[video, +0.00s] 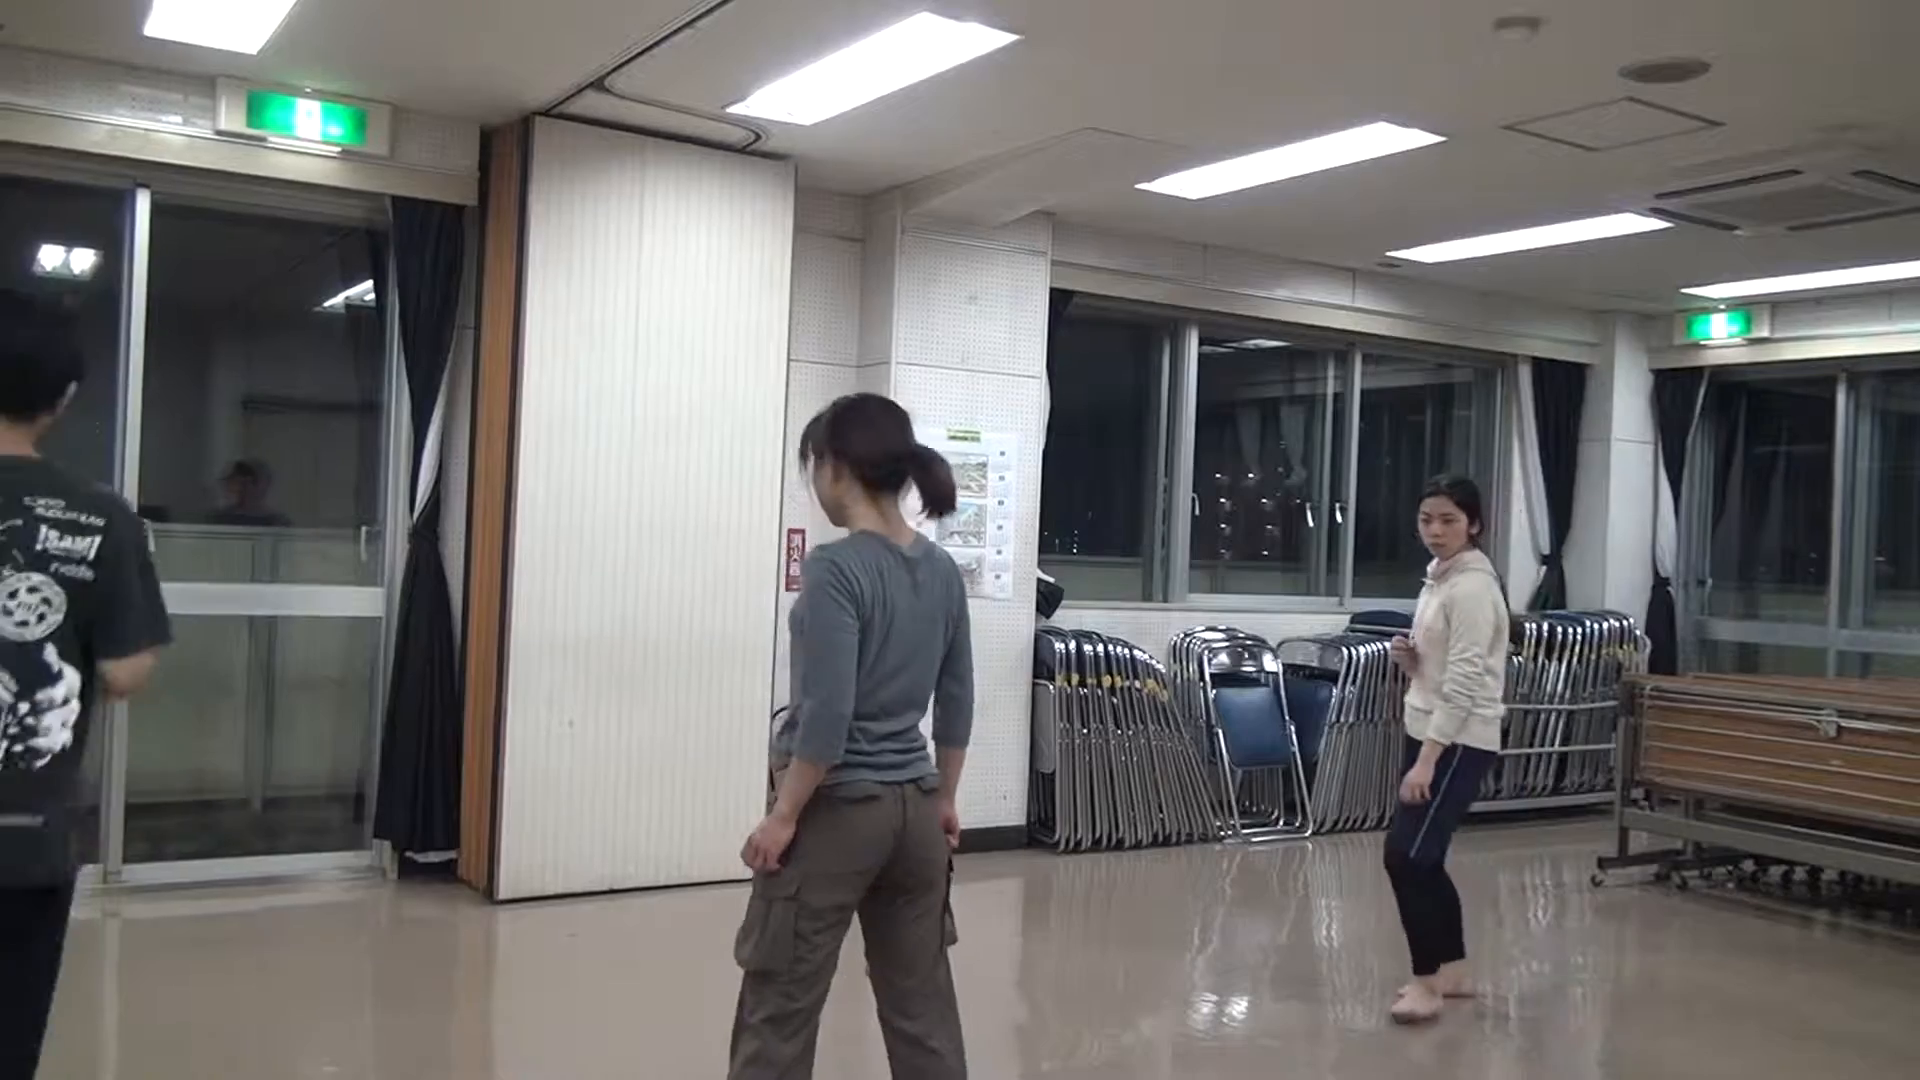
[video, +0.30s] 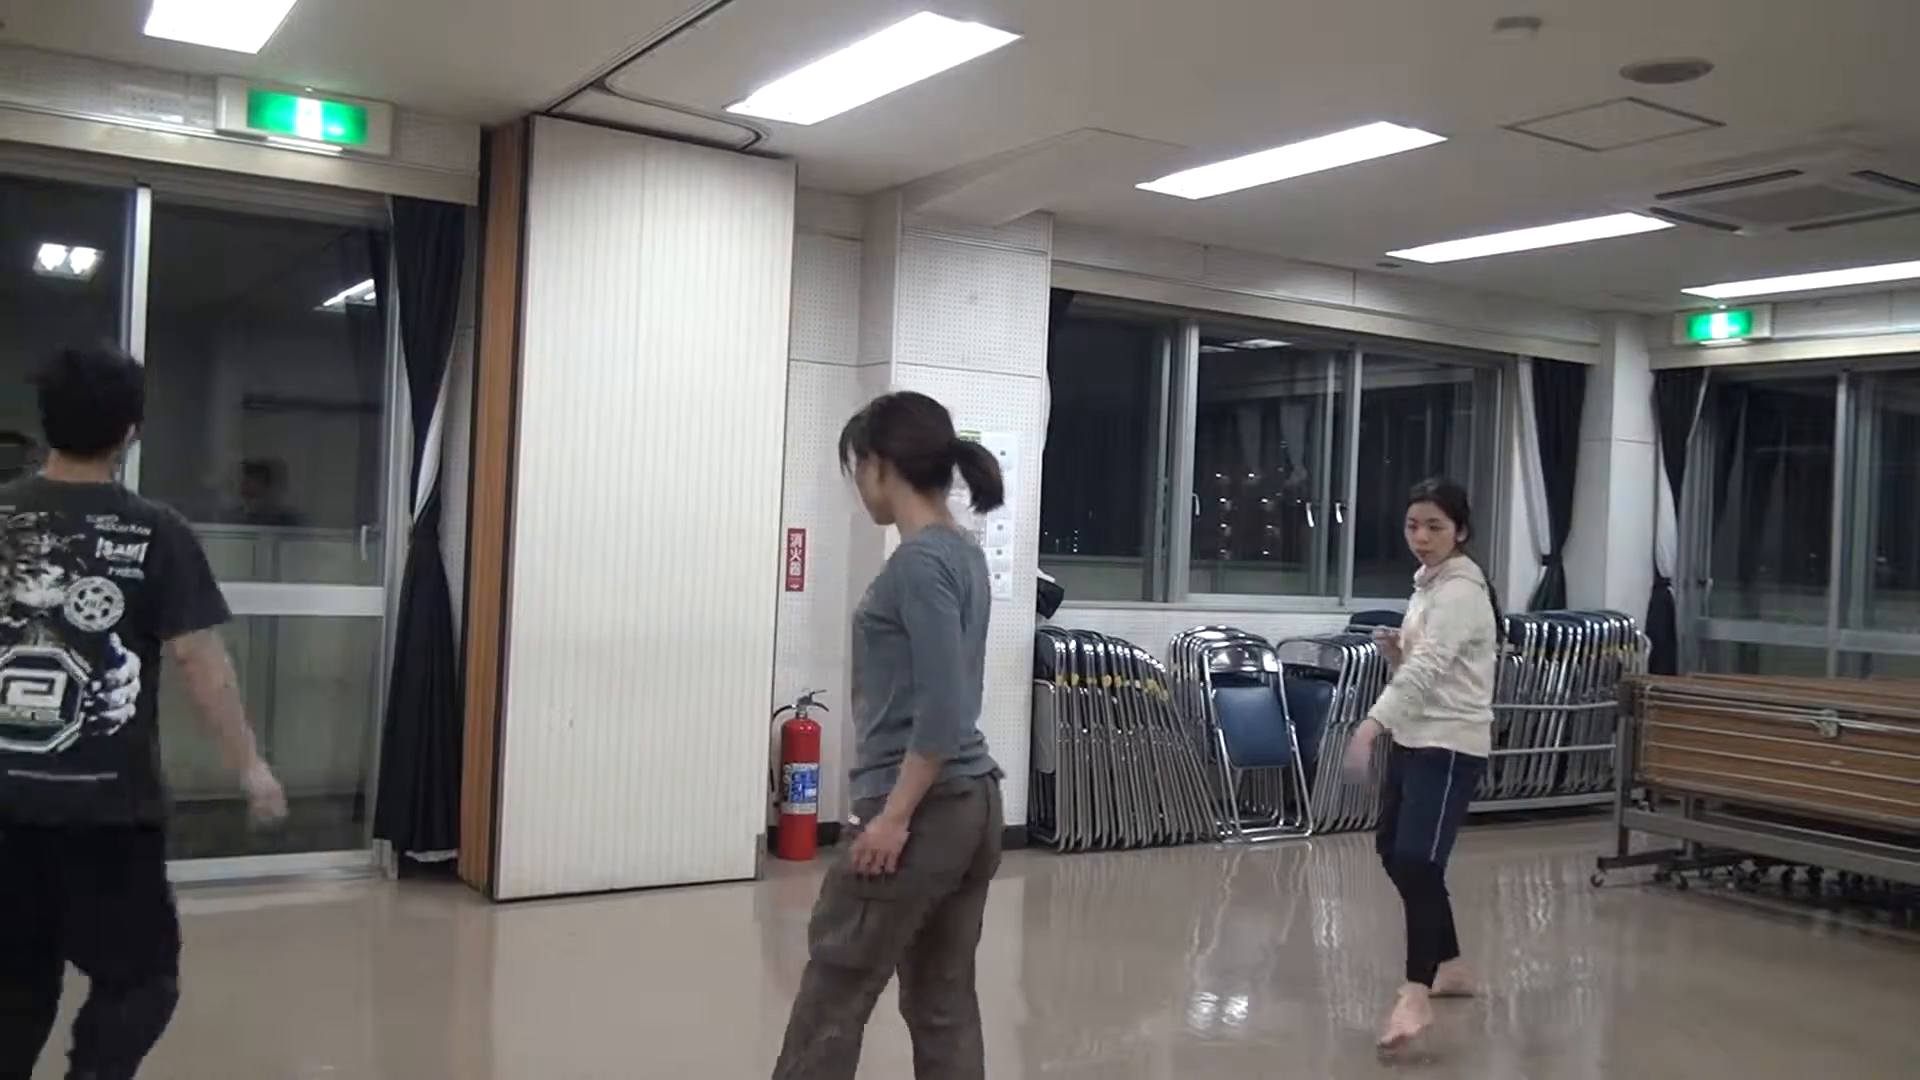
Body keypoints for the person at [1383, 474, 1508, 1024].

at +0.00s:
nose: (1434, 529)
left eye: (1446, 520)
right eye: (1427, 520)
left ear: (1472, 524)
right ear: (1421, 524)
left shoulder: (1473, 586)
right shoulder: (1441, 577)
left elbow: (1465, 683)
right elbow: (1438, 668)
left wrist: (1427, 760)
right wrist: (1412, 657)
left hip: (1463, 741)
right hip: (1437, 733)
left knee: (1405, 853)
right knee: (1420, 853)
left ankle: (1427, 980)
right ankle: (1453, 968)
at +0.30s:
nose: (1421, 536)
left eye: (1433, 526)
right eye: (1414, 526)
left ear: (1459, 531)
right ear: (1408, 530)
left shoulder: (1461, 589)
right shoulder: (1427, 584)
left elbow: (1428, 667)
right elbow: (1423, 670)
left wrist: (1373, 722)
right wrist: (1400, 655)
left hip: (1448, 743)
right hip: (1413, 737)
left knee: (1418, 861)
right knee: (1395, 851)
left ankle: (1414, 994)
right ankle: (1449, 965)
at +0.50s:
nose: (1423, 540)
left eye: (1435, 529)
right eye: (1415, 530)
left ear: (1462, 535)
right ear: (1409, 534)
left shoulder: (1467, 595)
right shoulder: (1423, 588)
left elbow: (1420, 654)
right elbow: (1402, 661)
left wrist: (1331, 662)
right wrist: (1391, 624)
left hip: (1444, 757)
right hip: (1407, 750)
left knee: (1416, 877)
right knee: (1398, 860)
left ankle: (1426, 1029)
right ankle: (1447, 968)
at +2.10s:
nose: (1436, 524)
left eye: (1450, 515)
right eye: (1429, 513)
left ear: (1476, 525)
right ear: (1419, 521)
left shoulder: (1479, 583)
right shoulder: (1420, 580)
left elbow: (1447, 631)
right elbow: (1372, 643)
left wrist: (1389, 588)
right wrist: (1403, 587)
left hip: (1451, 757)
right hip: (1405, 749)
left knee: (1426, 887)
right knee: (1391, 865)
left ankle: (1429, 1033)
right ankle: (1437, 991)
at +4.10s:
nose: (1433, 524)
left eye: (1447, 514)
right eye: (1426, 514)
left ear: (1475, 523)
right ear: (1418, 521)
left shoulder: (1477, 581)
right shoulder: (1422, 580)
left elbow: (1440, 630)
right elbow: (1375, 644)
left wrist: (1380, 588)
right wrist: (1404, 588)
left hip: (1447, 754)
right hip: (1406, 747)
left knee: (1425, 882)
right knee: (1409, 872)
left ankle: (1426, 1033)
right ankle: (1443, 988)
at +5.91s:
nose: (1439, 530)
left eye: (1452, 520)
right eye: (1430, 519)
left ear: (1474, 527)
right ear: (1419, 525)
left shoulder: (1479, 582)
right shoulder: (1418, 579)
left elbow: (1461, 635)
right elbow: (1380, 632)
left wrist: (1407, 594)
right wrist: (1408, 587)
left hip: (1453, 754)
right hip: (1406, 746)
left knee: (1429, 887)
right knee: (1390, 862)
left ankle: (1429, 1032)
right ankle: (1438, 988)